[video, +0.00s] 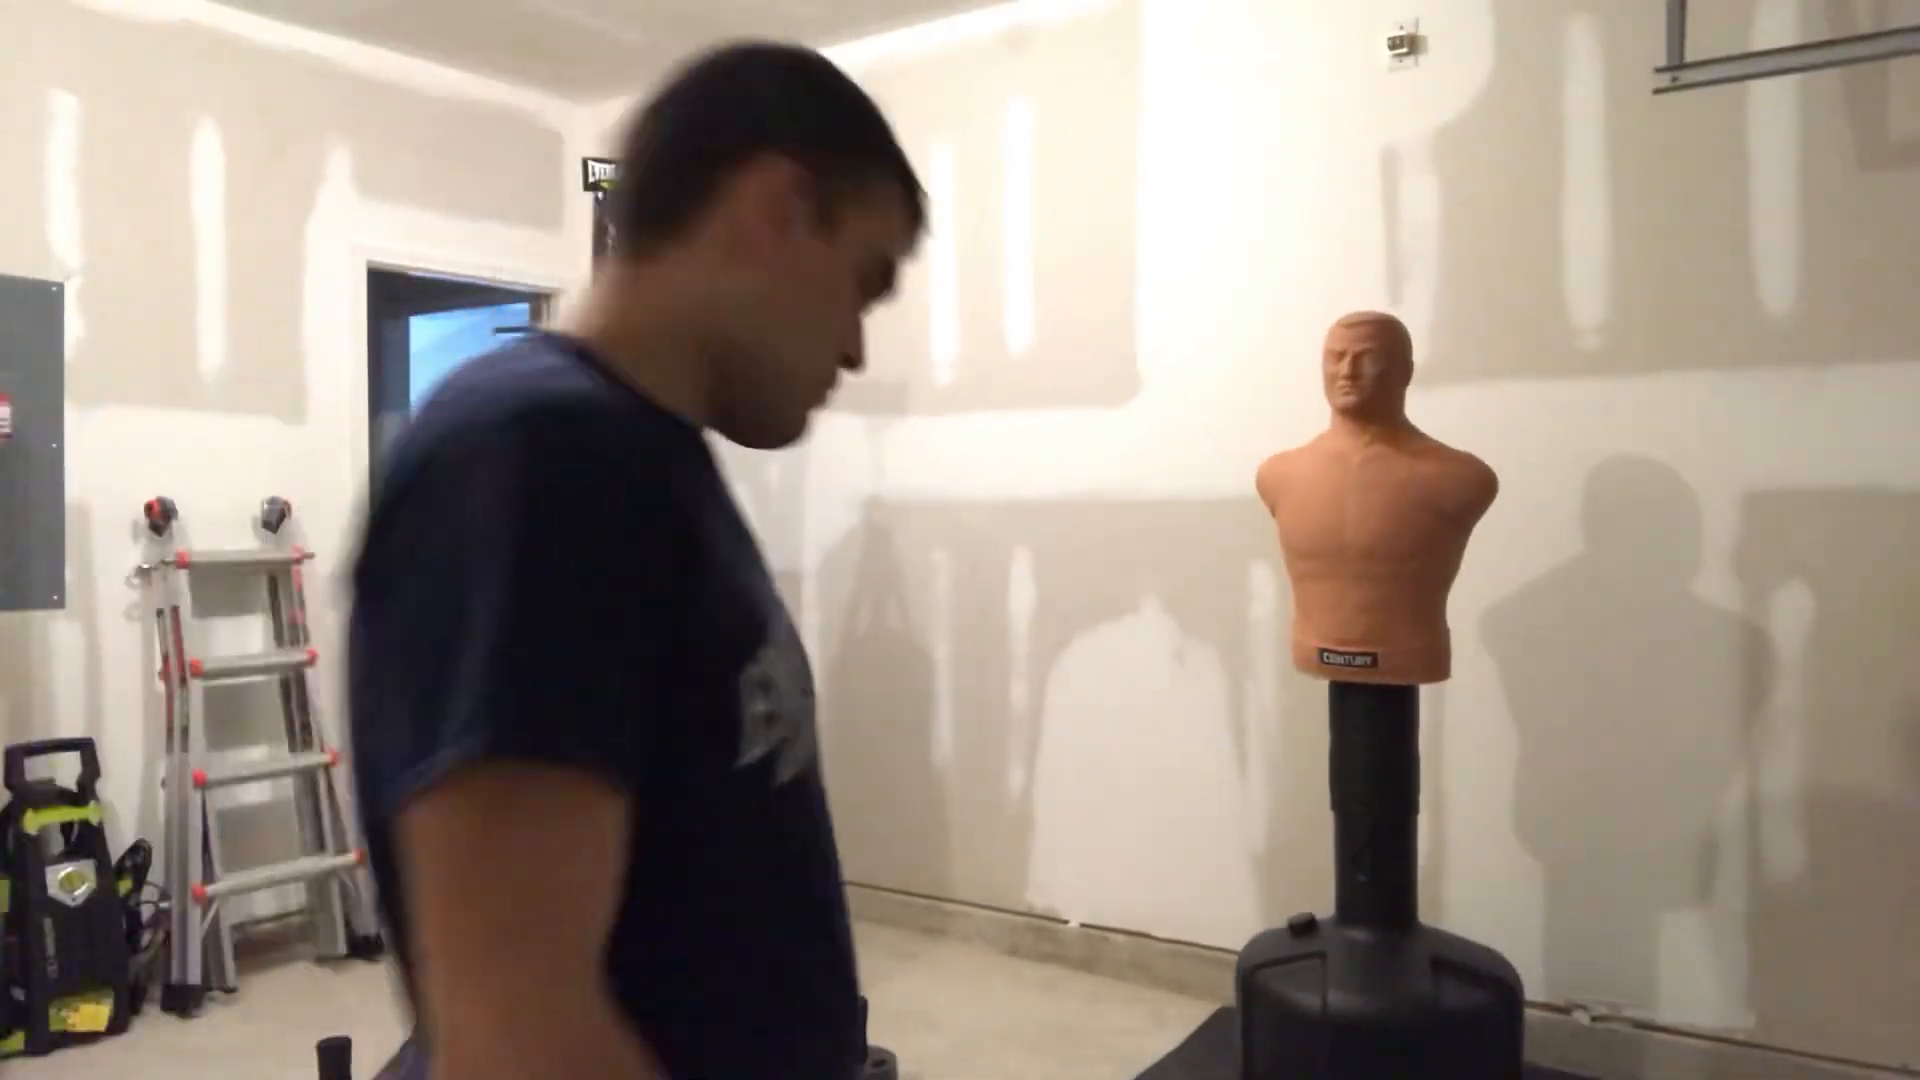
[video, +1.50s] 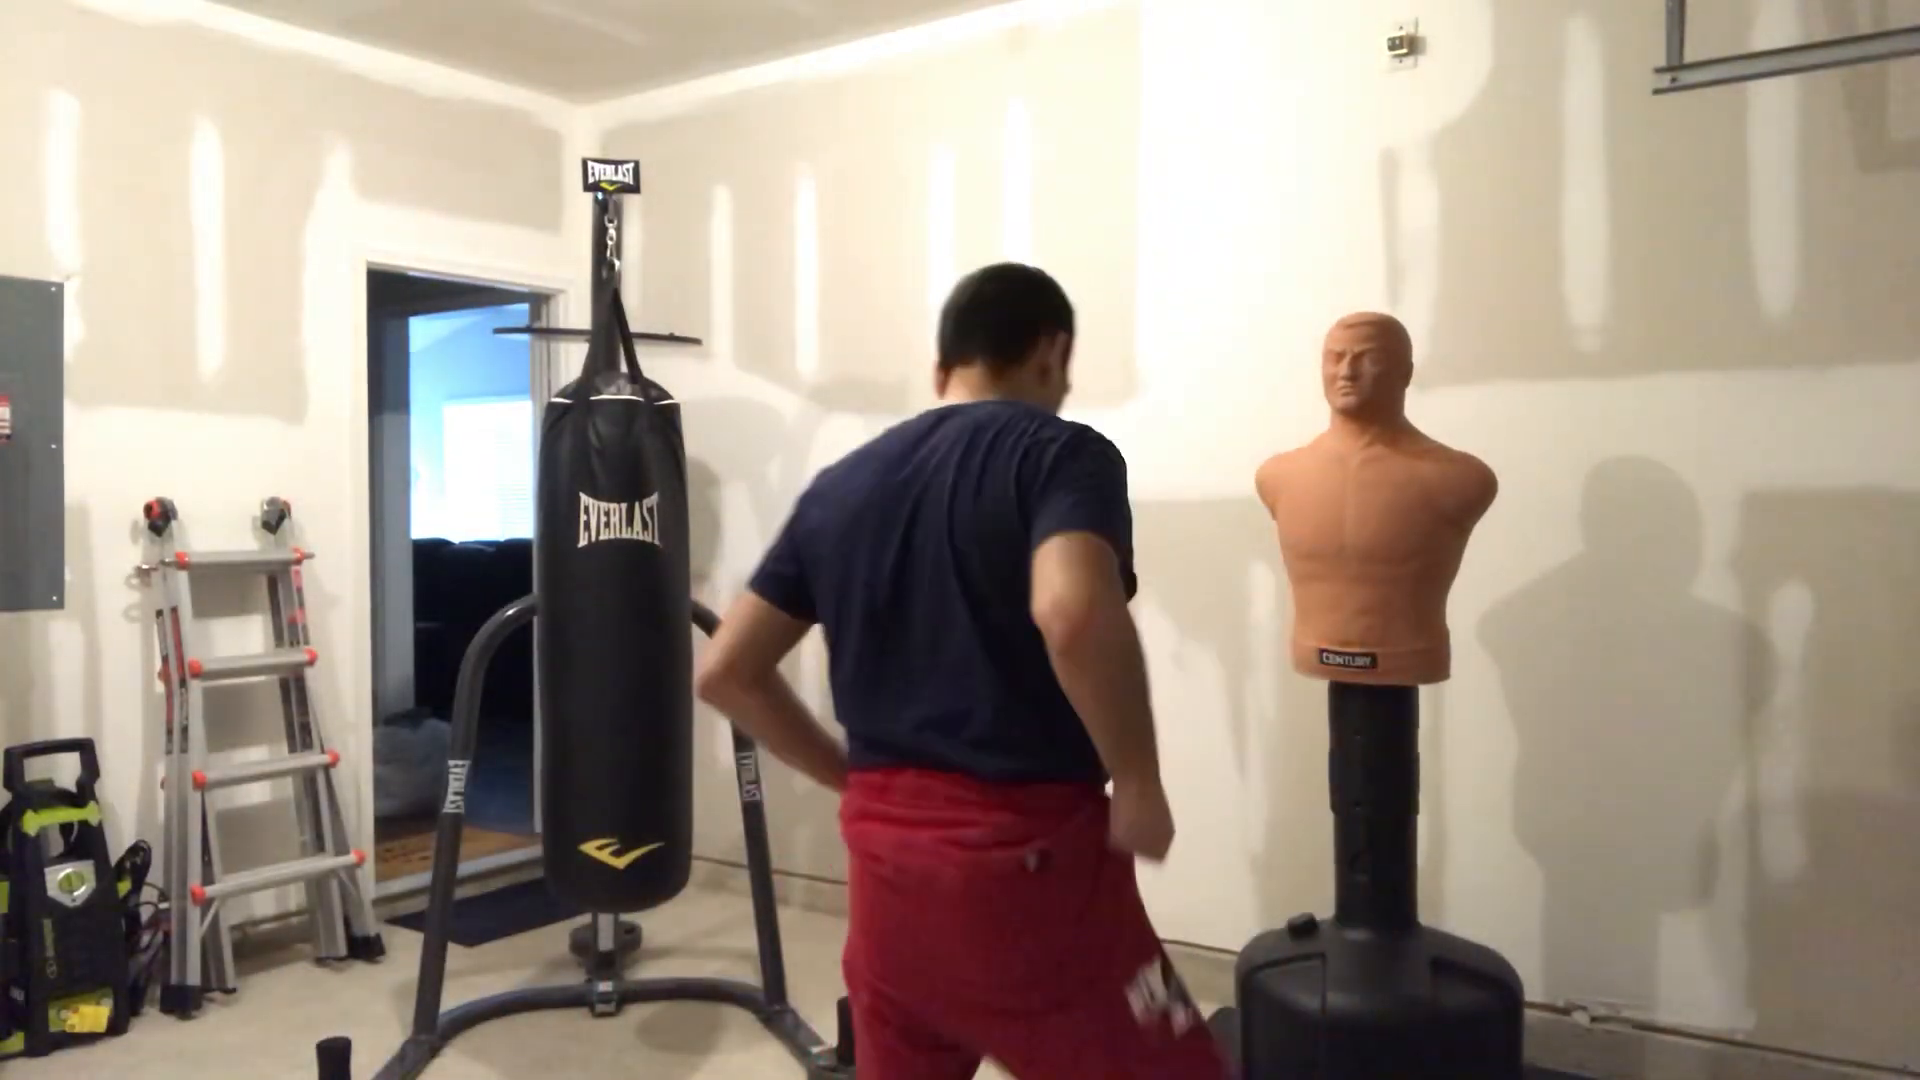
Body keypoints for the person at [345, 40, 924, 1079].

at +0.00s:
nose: (859, 351)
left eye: (876, 298)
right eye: (868, 284)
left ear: (770, 214)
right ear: (773, 210)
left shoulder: (640, 457)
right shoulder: (538, 453)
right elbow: (514, 1022)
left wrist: (820, 1047)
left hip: (782, 1039)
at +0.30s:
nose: (1026, 386)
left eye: (1037, 361)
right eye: (1035, 353)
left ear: (850, 300)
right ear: (995, 312)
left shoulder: (702, 456)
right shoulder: (875, 474)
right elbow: (805, 950)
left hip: (638, 1032)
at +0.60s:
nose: (1203, 385)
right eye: (1210, 352)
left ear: (1025, 312)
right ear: (1198, 325)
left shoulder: (842, 450)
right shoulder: (1192, 534)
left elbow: (648, 717)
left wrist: (679, 982)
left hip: (778, 1005)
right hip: (1008, 1034)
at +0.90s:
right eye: (1193, 334)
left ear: (1019, 329)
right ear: (1184, 328)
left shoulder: (884, 458)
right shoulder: (1242, 505)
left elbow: (695, 690)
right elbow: (1356, 847)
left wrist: (816, 844)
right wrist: (1341, 998)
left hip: (891, 974)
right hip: (1115, 992)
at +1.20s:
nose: (1073, 373)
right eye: (1075, 353)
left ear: (935, 365)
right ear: (1065, 349)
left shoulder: (832, 487)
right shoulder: (1126, 482)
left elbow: (697, 707)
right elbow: (1194, 744)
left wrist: (831, 827)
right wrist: (1184, 956)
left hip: (890, 930)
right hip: (1062, 934)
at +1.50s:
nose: (1064, 390)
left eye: (1066, 373)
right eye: (1066, 369)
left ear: (941, 368)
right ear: (1051, 353)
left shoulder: (847, 481)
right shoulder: (1062, 452)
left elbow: (728, 674)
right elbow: (1071, 609)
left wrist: (848, 775)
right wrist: (1137, 783)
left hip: (884, 870)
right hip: (1029, 876)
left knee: (898, 1066)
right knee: (1175, 1065)